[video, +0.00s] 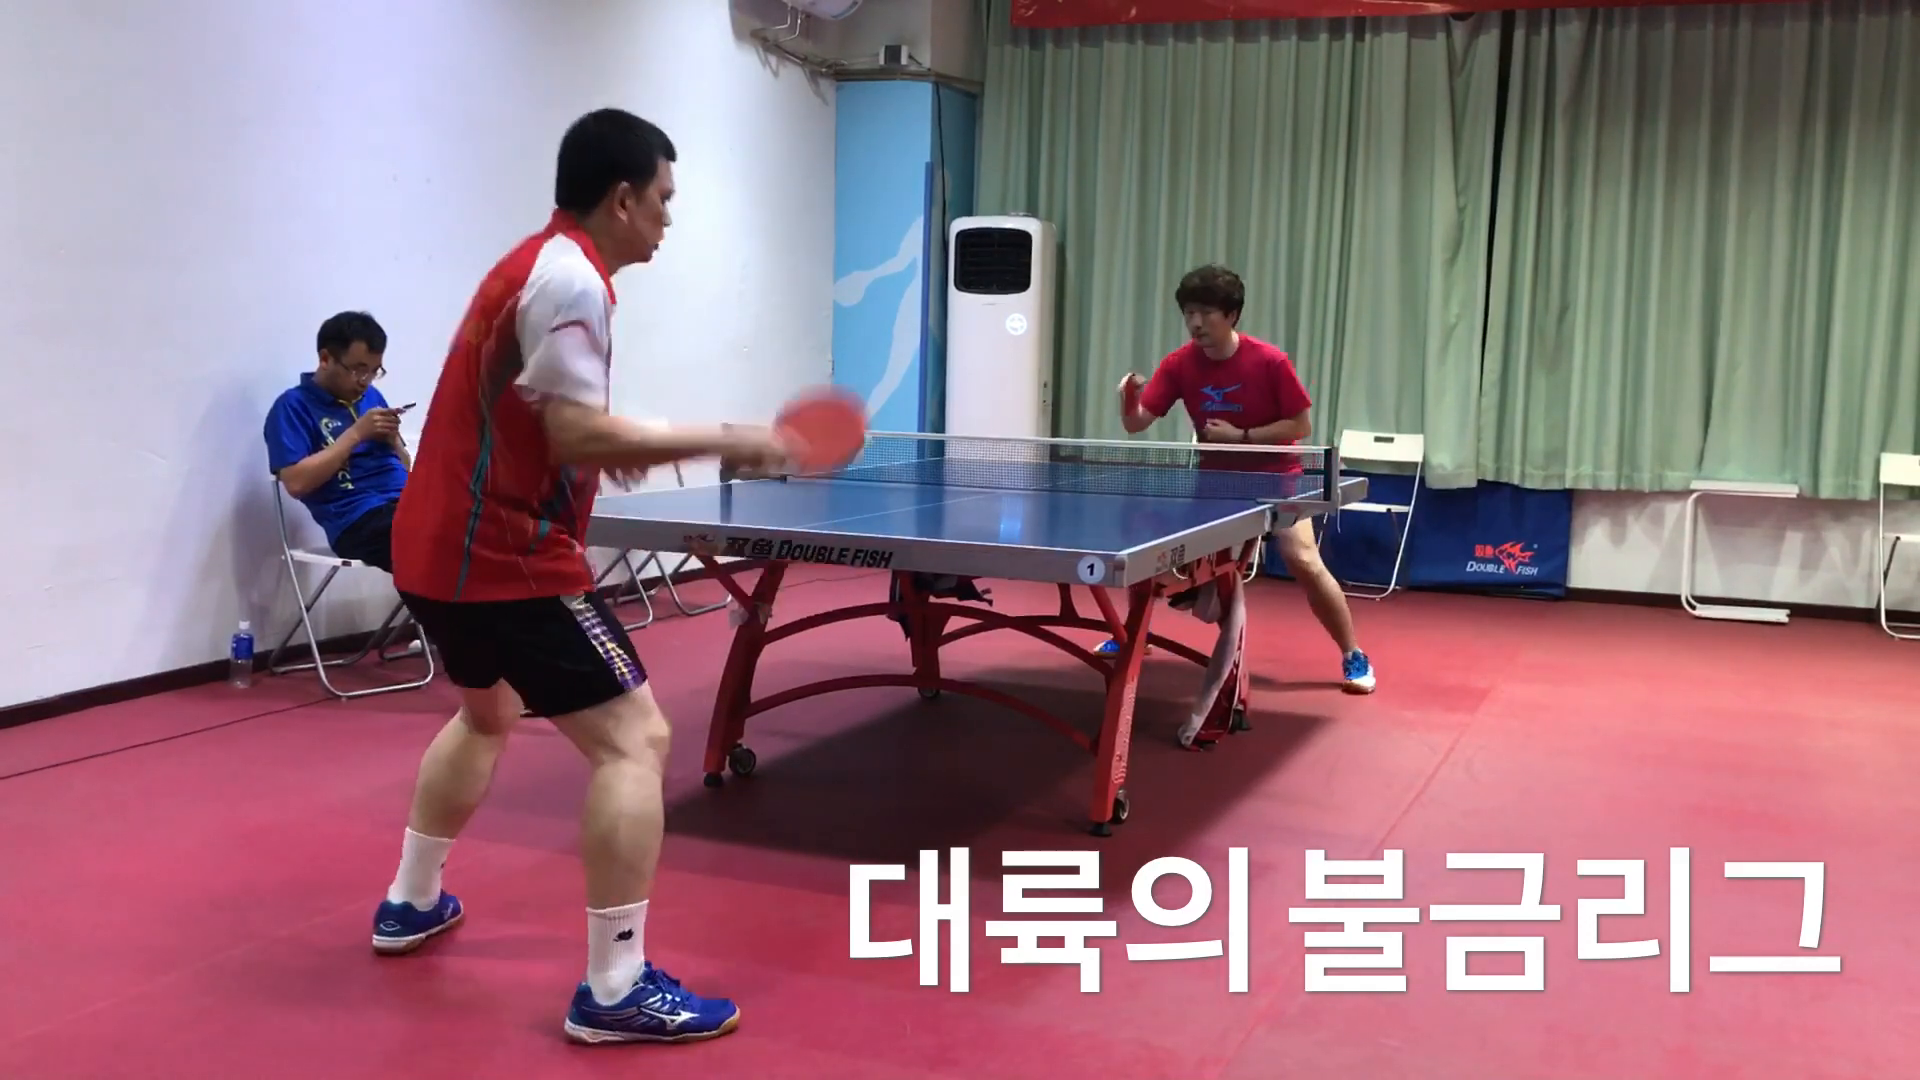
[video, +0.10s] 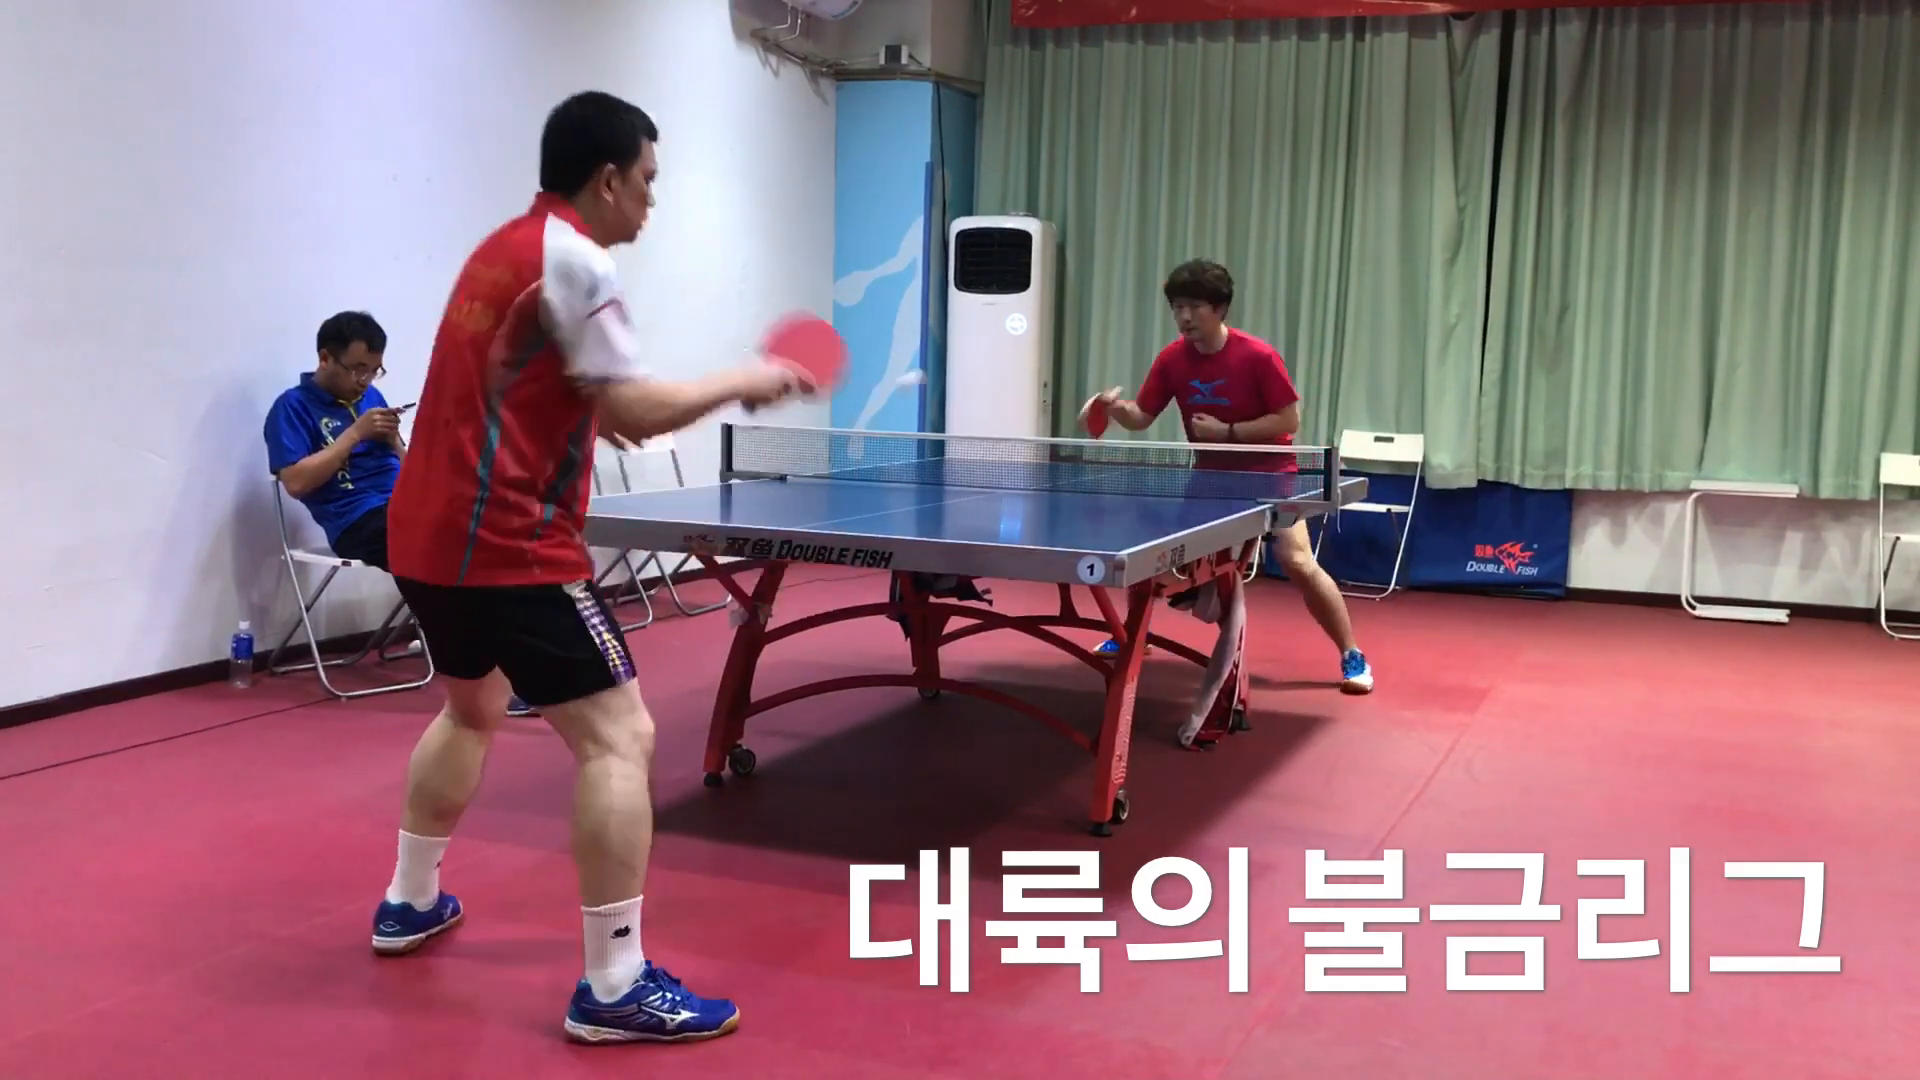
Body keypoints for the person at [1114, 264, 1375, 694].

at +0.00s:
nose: (1195, 322)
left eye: (1205, 311)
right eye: (1189, 312)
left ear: (1232, 314)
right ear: (1184, 315)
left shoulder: (1269, 361)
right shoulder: (1179, 365)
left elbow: (1300, 426)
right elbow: (1135, 424)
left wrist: (1241, 436)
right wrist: (1129, 402)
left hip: (1277, 479)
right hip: (1216, 480)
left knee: (1304, 562)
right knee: (1150, 543)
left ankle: (1353, 655)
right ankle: (1132, 635)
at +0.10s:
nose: (1184, 316)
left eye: (1193, 306)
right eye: (1177, 307)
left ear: (1220, 307)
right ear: (1172, 310)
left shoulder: (1257, 357)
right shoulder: (1171, 361)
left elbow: (1290, 420)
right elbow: (1141, 418)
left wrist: (1227, 431)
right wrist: (1114, 407)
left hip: (1271, 476)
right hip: (1211, 477)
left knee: (1298, 563)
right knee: (1163, 555)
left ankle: (1351, 655)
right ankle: (1133, 633)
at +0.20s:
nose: (1165, 313)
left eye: (1175, 303)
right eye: (1159, 304)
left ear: (1203, 305)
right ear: (1155, 306)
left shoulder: (1237, 352)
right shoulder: (1171, 353)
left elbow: (1271, 419)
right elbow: (1162, 405)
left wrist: (1209, 425)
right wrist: (1105, 417)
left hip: (1270, 472)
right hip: (1213, 472)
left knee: (1292, 563)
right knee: (1166, 545)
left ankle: (1349, 651)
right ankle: (1133, 633)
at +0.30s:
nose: (1153, 333)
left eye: (1160, 323)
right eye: (1149, 324)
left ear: (1189, 319)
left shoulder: (1222, 365)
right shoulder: (1180, 360)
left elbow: (1257, 431)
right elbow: (1191, 404)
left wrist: (1203, 436)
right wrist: (1131, 411)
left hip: (1274, 474)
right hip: (1225, 473)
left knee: (1283, 571)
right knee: (1164, 538)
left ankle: (1349, 653)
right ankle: (1136, 631)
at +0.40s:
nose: (1156, 344)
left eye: (1162, 336)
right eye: (1153, 336)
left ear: (1191, 330)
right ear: (1181, 331)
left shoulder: (1229, 375)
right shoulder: (1181, 368)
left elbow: (1263, 445)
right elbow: (1169, 405)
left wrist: (1206, 446)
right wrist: (1104, 398)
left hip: (1273, 482)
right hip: (1224, 480)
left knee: (1285, 580)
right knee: (1159, 541)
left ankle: (1350, 655)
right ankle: (1131, 633)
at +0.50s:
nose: (1156, 332)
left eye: (1162, 323)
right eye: (1154, 323)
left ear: (1192, 321)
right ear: (1178, 323)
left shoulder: (1238, 364)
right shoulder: (1164, 363)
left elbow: (1271, 431)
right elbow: (1115, 386)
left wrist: (1210, 437)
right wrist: (1081, 367)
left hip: (1270, 478)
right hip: (1215, 477)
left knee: (1290, 571)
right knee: (1158, 541)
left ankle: (1350, 654)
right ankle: (1132, 631)